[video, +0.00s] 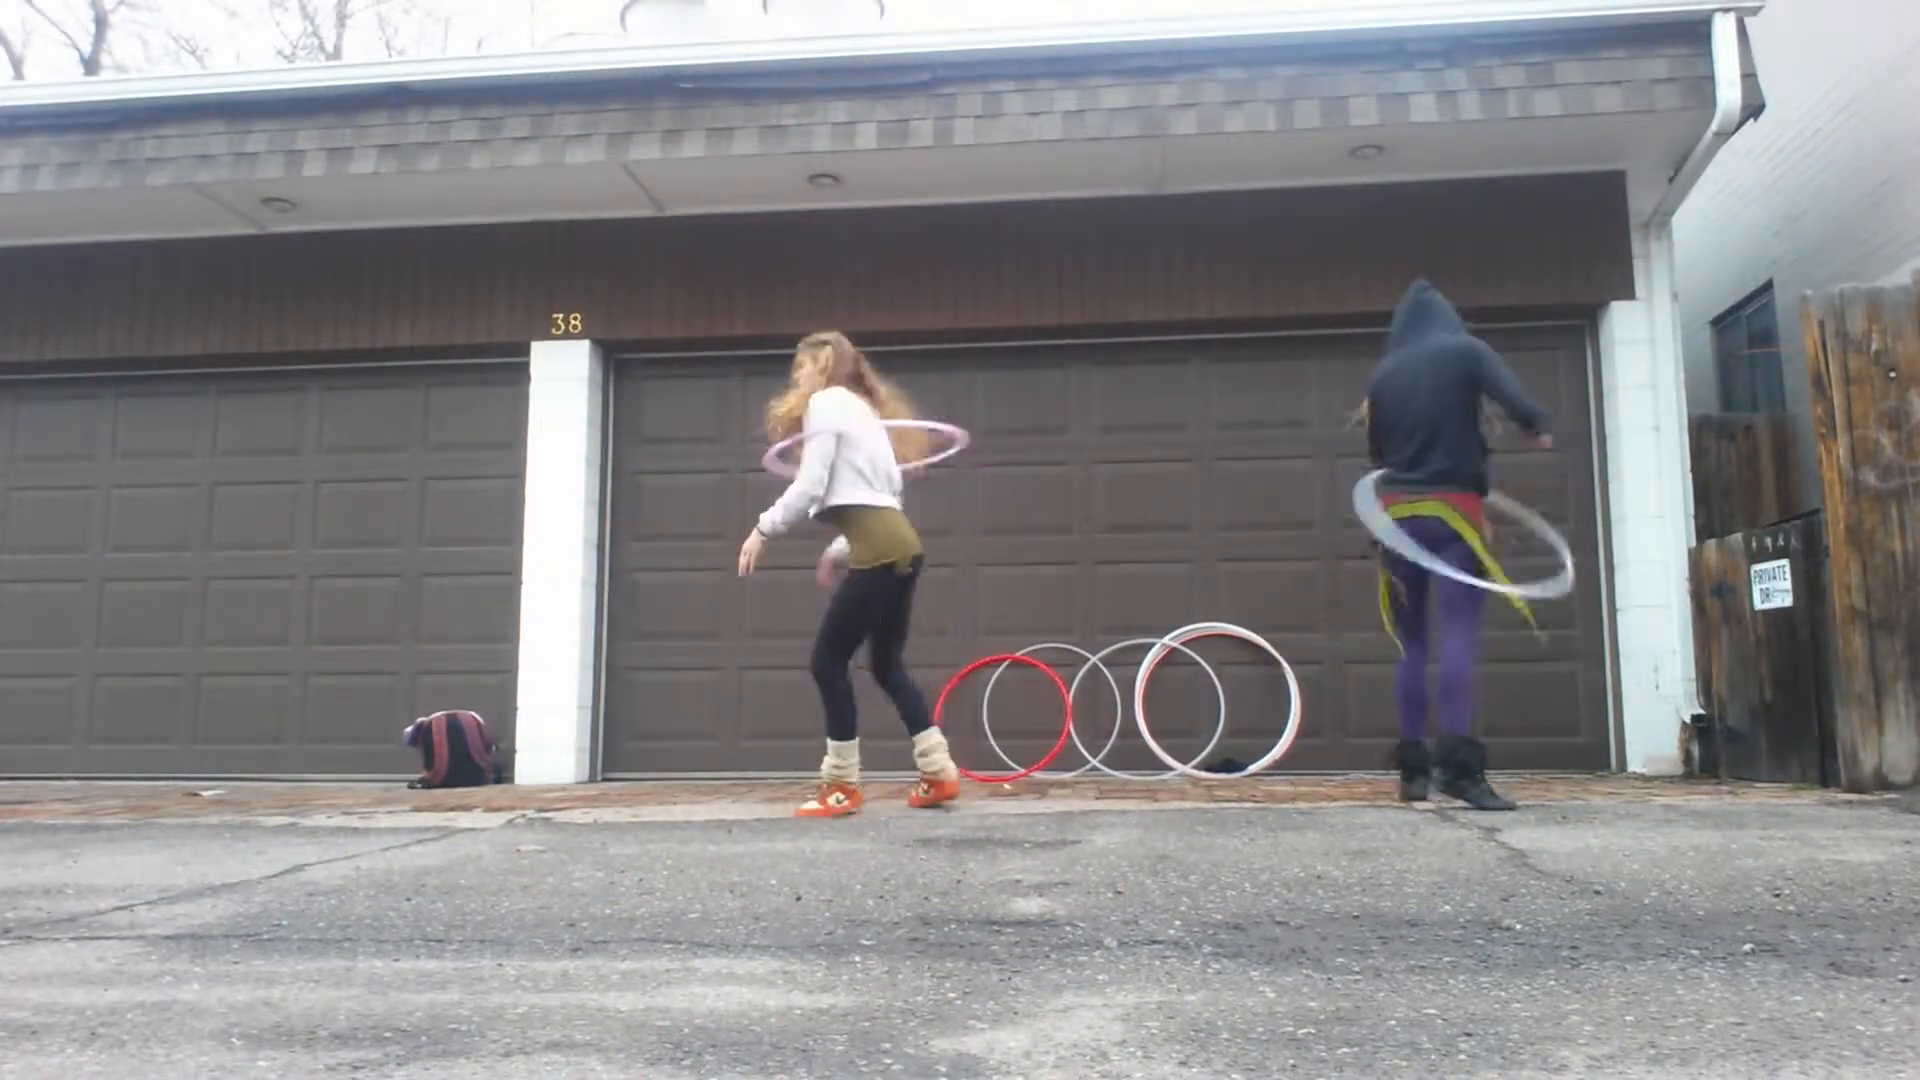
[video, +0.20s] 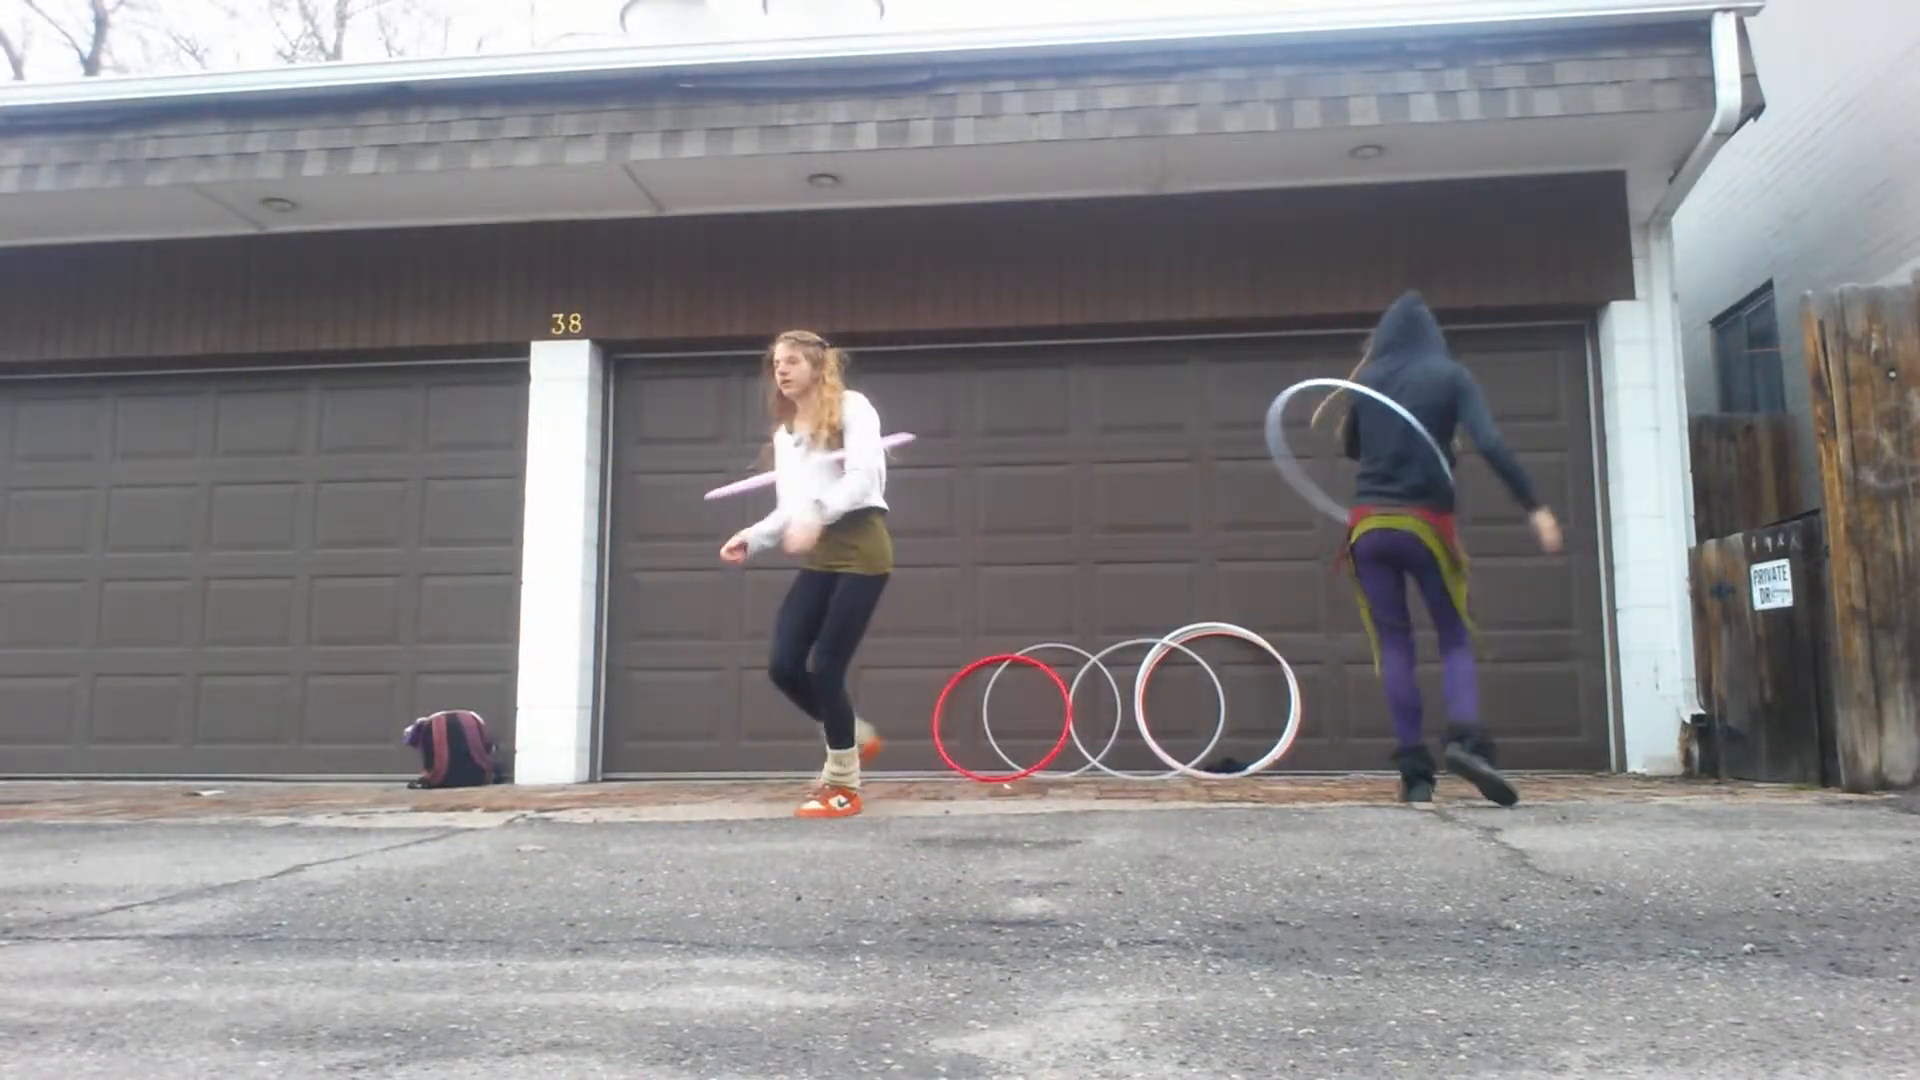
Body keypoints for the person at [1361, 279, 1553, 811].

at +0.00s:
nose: (1457, 325)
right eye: (1454, 318)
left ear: (1403, 324)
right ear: (1447, 318)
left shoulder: (1385, 373)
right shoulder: (1465, 350)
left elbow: (1380, 451)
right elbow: (1516, 402)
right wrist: (1537, 428)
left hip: (1397, 511)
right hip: (1454, 508)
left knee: (1413, 642)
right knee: (1457, 637)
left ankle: (1413, 770)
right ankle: (1458, 765)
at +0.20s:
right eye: (1433, 329)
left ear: (1385, 335)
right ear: (1431, 333)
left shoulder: (1367, 379)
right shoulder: (1451, 376)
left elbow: (1352, 446)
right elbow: (1487, 442)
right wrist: (1533, 505)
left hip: (1369, 526)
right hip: (1423, 526)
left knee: (1393, 643)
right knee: (1453, 638)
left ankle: (1414, 770)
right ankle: (1465, 739)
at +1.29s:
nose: (1307, 373)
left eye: (1316, 367)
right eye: (1299, 367)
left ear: (1330, 377)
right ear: (1285, 376)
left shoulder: (1344, 429)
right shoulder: (1264, 425)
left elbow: (1385, 484)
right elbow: (1204, 449)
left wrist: (1425, 539)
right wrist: (1176, 418)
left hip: (1333, 551)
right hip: (1281, 551)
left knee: (1325, 656)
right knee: (1288, 649)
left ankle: (1328, 756)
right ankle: (1320, 757)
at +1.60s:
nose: (1284, 385)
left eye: (1292, 377)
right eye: (1276, 378)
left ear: (1308, 383)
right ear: (1265, 385)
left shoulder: (1323, 433)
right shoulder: (1252, 428)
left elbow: (1335, 505)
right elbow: (1201, 463)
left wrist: (1350, 565)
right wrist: (1148, 494)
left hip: (1316, 551)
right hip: (1265, 552)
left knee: (1323, 644)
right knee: (1261, 657)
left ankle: (1314, 752)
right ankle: (1253, 760)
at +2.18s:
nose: (1311, 411)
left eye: (1317, 403)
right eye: (1303, 404)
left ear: (1328, 407)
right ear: (1289, 409)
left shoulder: (1348, 447)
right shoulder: (1276, 453)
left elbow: (1386, 500)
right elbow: (1265, 513)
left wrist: (1375, 470)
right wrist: (1291, 507)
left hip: (1353, 566)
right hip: (1304, 567)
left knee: (1377, 662)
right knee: (1287, 667)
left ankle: (1409, 762)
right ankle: (1259, 763)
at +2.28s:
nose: (1331, 407)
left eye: (1338, 400)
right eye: (1323, 400)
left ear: (1349, 404)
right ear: (1310, 406)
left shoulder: (1366, 447)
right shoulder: (1300, 452)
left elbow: (1402, 499)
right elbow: (1289, 514)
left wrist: (1383, 452)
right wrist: (1334, 499)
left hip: (1370, 568)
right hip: (1320, 569)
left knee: (1392, 664)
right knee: (1299, 671)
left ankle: (1410, 765)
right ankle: (1262, 763)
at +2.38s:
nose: (1355, 400)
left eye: (1360, 394)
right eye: (1347, 394)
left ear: (1369, 399)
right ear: (1331, 399)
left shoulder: (1381, 438)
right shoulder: (1317, 442)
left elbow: (1410, 493)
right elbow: (1315, 492)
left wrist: (1398, 448)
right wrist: (1358, 464)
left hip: (1385, 568)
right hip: (1335, 567)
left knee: (1404, 663)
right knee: (1309, 670)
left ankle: (1408, 760)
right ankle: (1272, 756)